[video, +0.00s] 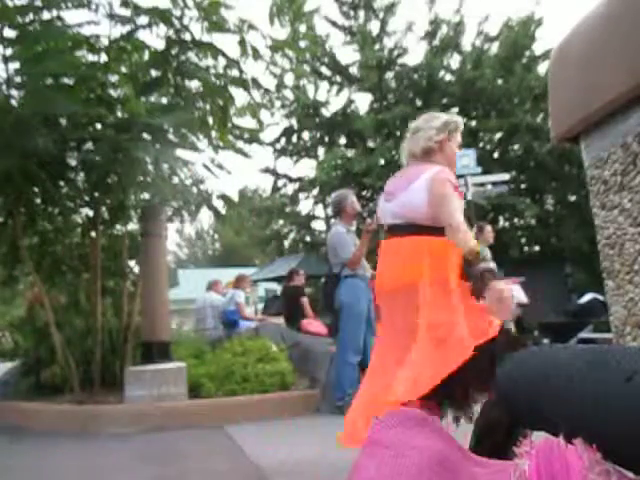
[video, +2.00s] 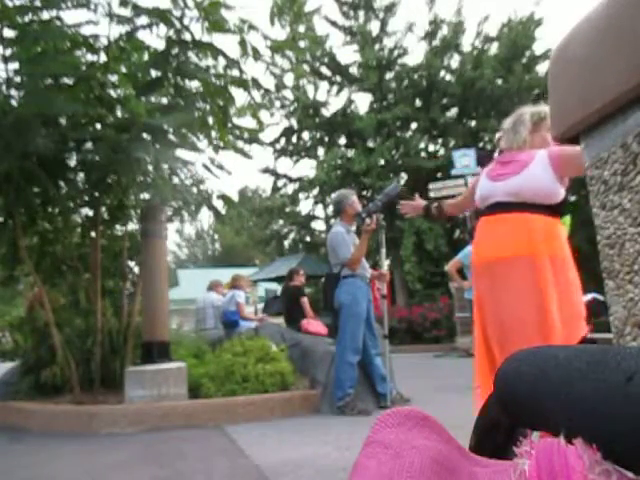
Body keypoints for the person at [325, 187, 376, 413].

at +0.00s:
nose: (359, 205)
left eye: (357, 201)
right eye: (354, 202)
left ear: (347, 207)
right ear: (345, 207)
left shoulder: (349, 232)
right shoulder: (338, 233)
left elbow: (360, 262)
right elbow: (353, 261)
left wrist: (373, 275)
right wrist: (366, 236)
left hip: (363, 282)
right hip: (351, 282)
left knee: (368, 340)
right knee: (351, 343)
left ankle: (368, 390)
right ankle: (346, 395)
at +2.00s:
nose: (360, 206)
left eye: (358, 201)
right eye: (356, 202)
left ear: (348, 207)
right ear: (347, 207)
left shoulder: (350, 233)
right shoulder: (337, 234)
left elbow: (357, 265)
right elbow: (352, 262)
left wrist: (374, 273)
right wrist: (366, 235)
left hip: (362, 284)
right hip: (350, 284)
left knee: (370, 344)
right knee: (350, 345)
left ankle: (386, 393)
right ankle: (344, 398)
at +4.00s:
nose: (361, 206)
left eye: (360, 202)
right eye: (356, 202)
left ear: (351, 207)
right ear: (346, 207)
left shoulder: (352, 232)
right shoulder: (338, 233)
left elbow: (358, 266)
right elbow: (353, 262)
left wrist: (375, 274)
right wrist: (367, 235)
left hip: (363, 285)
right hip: (351, 285)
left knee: (370, 344)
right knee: (351, 344)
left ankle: (386, 392)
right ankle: (344, 398)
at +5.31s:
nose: (362, 207)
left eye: (361, 202)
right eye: (358, 203)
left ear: (353, 207)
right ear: (347, 207)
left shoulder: (356, 231)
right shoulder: (337, 233)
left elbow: (360, 262)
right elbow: (350, 261)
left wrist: (374, 274)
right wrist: (361, 238)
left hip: (364, 283)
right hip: (350, 283)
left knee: (371, 342)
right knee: (349, 344)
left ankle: (385, 393)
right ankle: (343, 398)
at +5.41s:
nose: (361, 206)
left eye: (361, 202)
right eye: (357, 202)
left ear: (354, 207)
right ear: (346, 207)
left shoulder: (357, 231)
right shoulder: (337, 234)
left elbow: (366, 258)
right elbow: (346, 261)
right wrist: (362, 238)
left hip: (364, 285)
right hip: (347, 287)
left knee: (371, 342)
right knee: (348, 345)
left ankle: (384, 392)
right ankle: (343, 397)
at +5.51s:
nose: (361, 206)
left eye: (361, 202)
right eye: (357, 202)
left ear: (357, 207)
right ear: (346, 207)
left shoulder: (357, 231)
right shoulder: (337, 233)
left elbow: (365, 262)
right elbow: (348, 263)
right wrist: (362, 238)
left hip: (366, 282)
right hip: (348, 283)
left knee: (372, 342)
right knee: (348, 343)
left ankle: (385, 392)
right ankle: (344, 397)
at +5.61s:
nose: (362, 206)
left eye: (362, 202)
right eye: (357, 202)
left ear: (354, 207)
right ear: (346, 207)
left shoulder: (357, 232)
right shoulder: (337, 233)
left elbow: (363, 263)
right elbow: (347, 263)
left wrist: (376, 273)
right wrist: (360, 238)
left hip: (365, 283)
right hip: (349, 283)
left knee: (372, 341)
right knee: (348, 343)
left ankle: (385, 392)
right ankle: (343, 397)